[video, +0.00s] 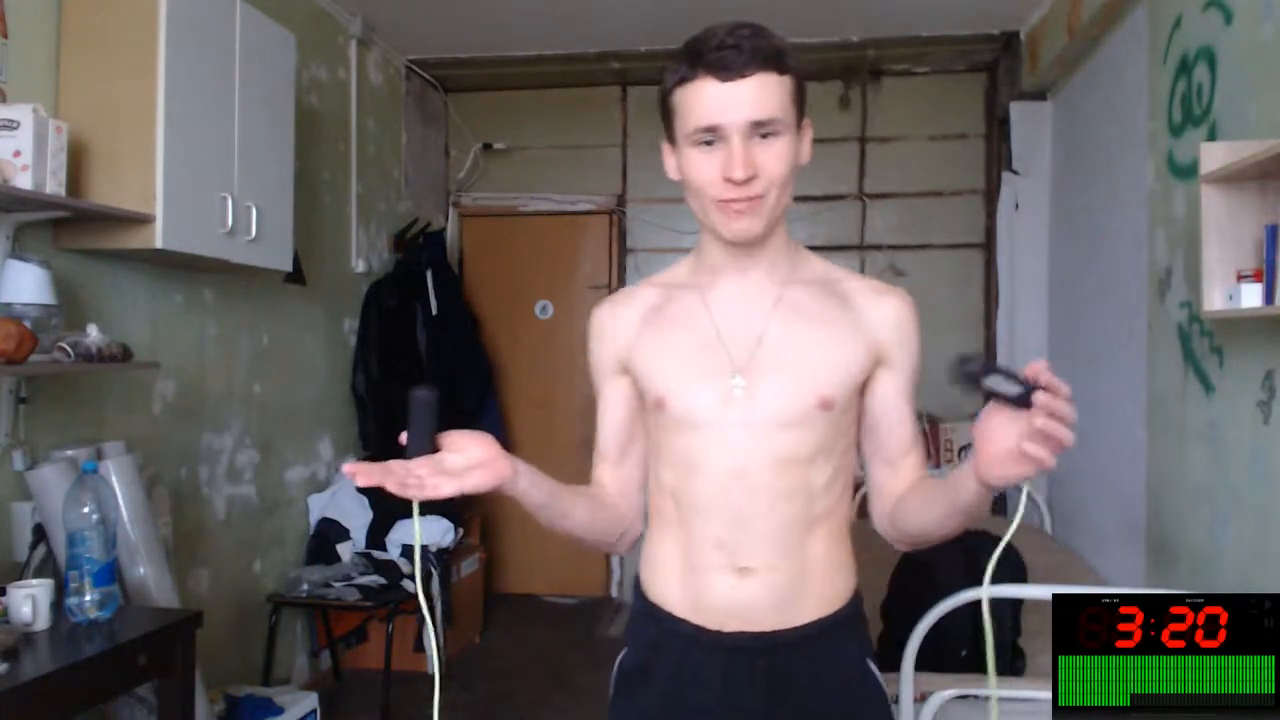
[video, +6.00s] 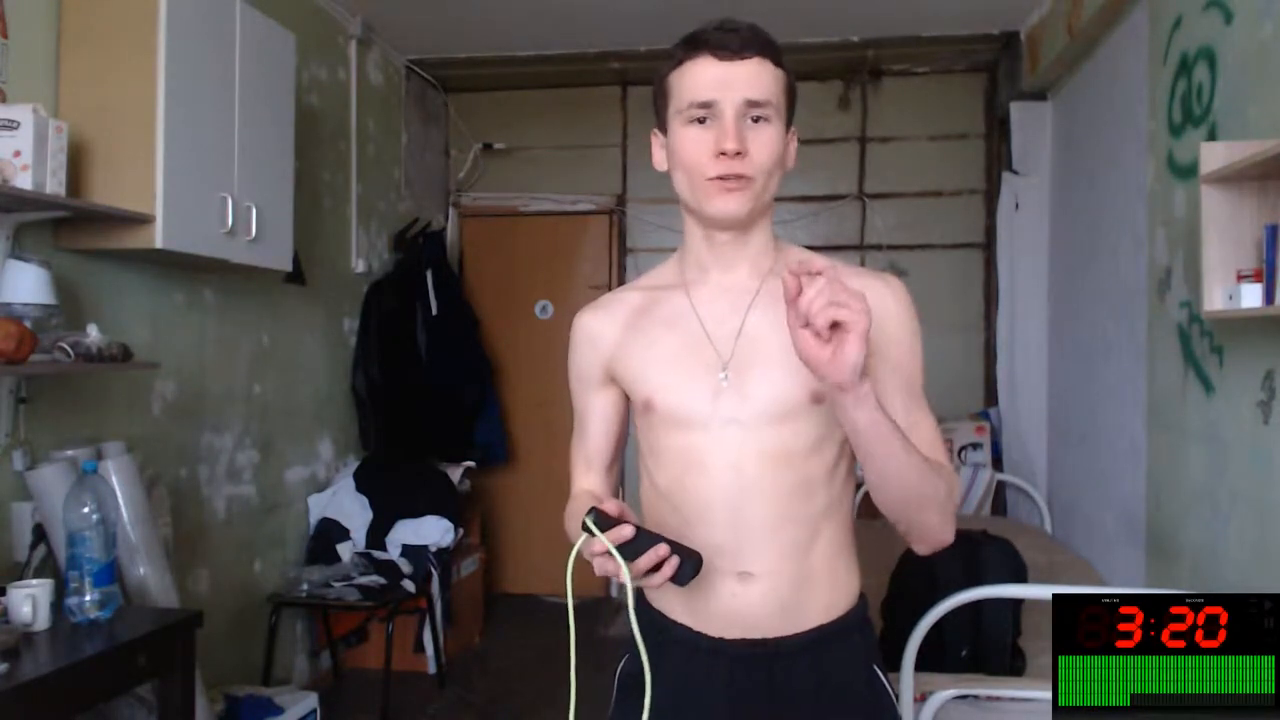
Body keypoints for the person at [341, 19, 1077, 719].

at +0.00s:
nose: (736, 167)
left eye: (761, 134)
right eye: (708, 141)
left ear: (802, 144)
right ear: (672, 160)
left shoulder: (875, 314)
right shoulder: (623, 322)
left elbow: (901, 515)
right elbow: (615, 518)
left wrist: (978, 472)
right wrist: (508, 474)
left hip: (821, 665)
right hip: (670, 665)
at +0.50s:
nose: (704, 152)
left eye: (729, 121)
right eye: (674, 128)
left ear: (768, 141)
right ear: (639, 154)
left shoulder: (848, 311)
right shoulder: (589, 328)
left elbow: (881, 486)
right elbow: (575, 510)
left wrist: (892, 524)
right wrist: (568, 521)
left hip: (811, 669)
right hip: (655, 673)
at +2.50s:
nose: (750, 136)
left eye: (772, 108)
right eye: (716, 117)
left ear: (804, 136)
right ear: (673, 156)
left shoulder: (882, 310)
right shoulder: (616, 322)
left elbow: (927, 514)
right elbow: (583, 513)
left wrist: (865, 512)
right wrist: (630, 521)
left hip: (835, 676)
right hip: (678, 675)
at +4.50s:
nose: (713, 144)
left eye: (737, 115)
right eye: (682, 125)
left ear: (779, 140)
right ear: (654, 163)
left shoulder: (870, 310)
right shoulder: (607, 332)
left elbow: (932, 516)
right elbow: (587, 498)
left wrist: (835, 504)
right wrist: (581, 527)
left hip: (825, 677)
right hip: (667, 676)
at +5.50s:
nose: (726, 124)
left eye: (755, 108)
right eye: (700, 105)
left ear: (789, 152)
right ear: (662, 147)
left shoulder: (868, 303)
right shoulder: (603, 327)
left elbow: (948, 517)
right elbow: (573, 506)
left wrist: (833, 415)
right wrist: (602, 536)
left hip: (826, 669)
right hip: (671, 670)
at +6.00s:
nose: (730, 144)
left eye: (756, 119)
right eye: (701, 119)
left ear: (789, 150)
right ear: (660, 149)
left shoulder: (871, 302)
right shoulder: (607, 329)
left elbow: (933, 528)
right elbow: (588, 488)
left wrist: (849, 389)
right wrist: (602, 537)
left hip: (829, 668)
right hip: (676, 671)